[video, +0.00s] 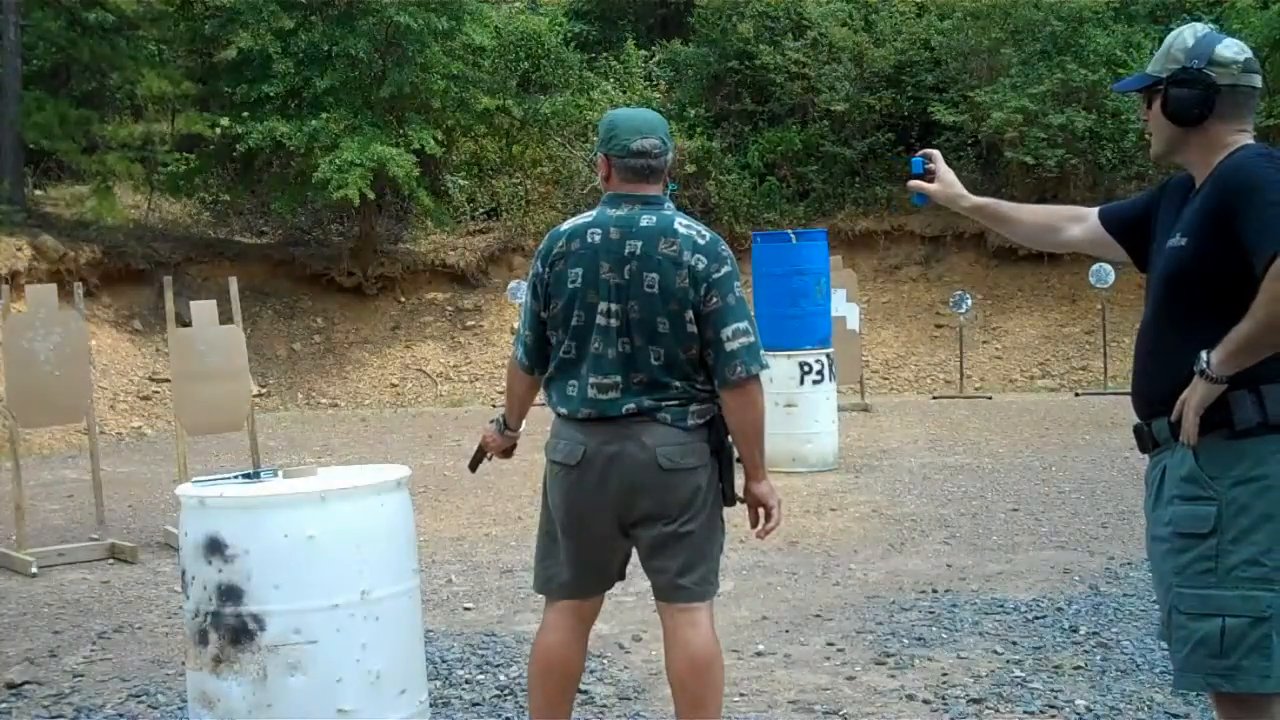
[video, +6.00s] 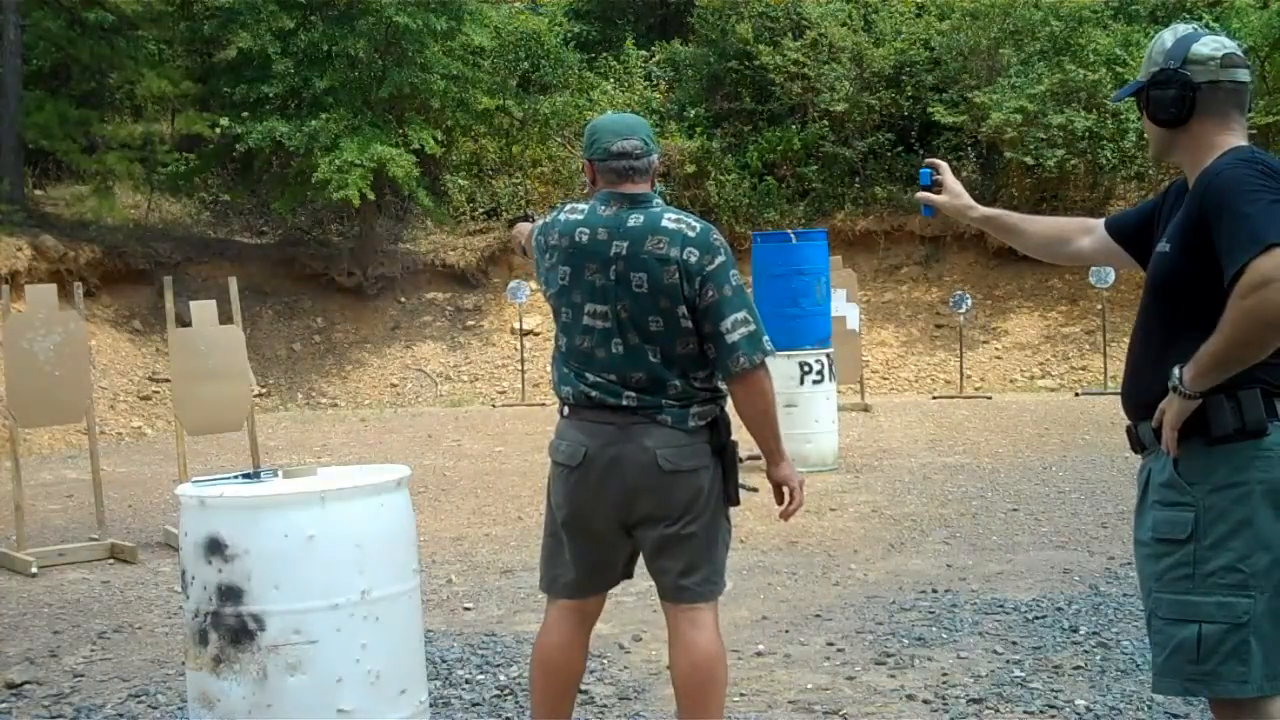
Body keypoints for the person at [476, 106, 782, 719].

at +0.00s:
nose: (596, 169)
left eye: (598, 161)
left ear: (605, 168)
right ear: (669, 169)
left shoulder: (562, 243)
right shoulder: (704, 248)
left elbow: (529, 357)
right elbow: (738, 375)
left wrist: (508, 425)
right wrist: (756, 473)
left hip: (581, 453)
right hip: (676, 454)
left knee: (567, 608)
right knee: (688, 611)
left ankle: (547, 715)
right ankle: (701, 715)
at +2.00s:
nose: (596, 170)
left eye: (598, 163)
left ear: (605, 169)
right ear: (668, 169)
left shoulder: (562, 244)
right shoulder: (704, 248)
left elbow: (530, 355)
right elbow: (739, 374)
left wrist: (507, 419)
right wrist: (756, 473)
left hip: (582, 452)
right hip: (678, 453)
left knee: (567, 608)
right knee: (689, 611)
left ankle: (546, 715)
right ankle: (701, 715)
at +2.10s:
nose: (593, 171)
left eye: (594, 163)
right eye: (597, 162)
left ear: (602, 169)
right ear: (666, 168)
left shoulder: (563, 242)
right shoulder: (705, 245)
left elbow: (525, 333)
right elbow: (743, 370)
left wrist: (500, 383)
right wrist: (759, 469)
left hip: (583, 451)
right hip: (680, 452)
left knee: (567, 607)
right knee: (690, 610)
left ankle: (547, 715)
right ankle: (701, 715)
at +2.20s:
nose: (588, 171)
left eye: (589, 164)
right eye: (591, 163)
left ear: (597, 169)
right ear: (659, 166)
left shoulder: (562, 239)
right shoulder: (704, 243)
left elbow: (514, 301)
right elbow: (746, 365)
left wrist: (485, 312)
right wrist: (766, 464)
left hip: (586, 451)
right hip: (682, 452)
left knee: (568, 607)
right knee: (691, 611)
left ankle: (546, 715)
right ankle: (701, 715)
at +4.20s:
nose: (585, 171)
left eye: (585, 164)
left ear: (590, 170)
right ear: (655, 167)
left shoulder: (561, 230)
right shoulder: (699, 241)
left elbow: (512, 241)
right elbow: (741, 366)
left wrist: (496, 228)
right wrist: (769, 461)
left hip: (584, 446)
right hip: (678, 451)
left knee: (568, 608)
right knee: (691, 611)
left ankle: (547, 716)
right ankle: (701, 716)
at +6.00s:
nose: (583, 174)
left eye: (585, 167)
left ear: (590, 172)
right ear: (656, 167)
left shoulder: (562, 234)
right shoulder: (696, 240)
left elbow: (528, 235)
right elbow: (745, 365)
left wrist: (530, 229)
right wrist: (776, 456)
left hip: (584, 446)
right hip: (681, 450)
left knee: (569, 606)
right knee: (693, 611)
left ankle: (547, 715)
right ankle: (703, 719)